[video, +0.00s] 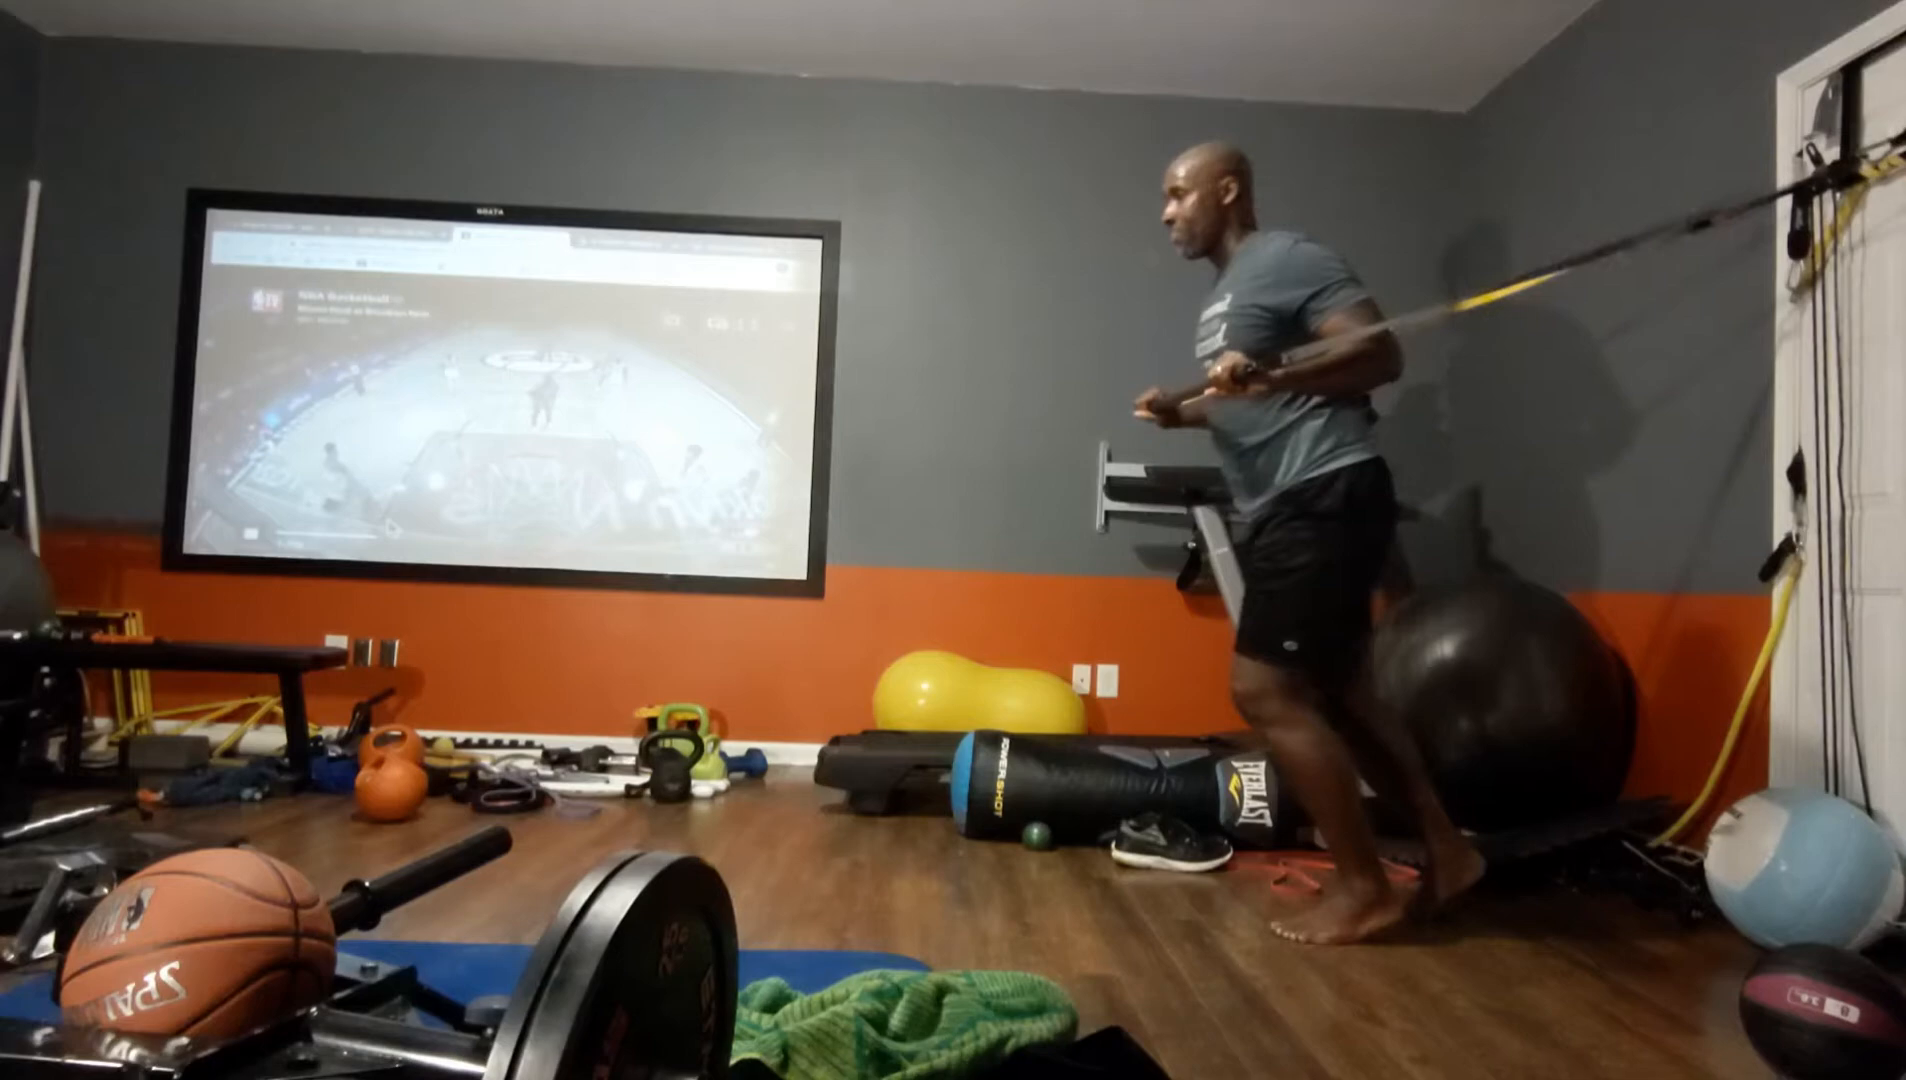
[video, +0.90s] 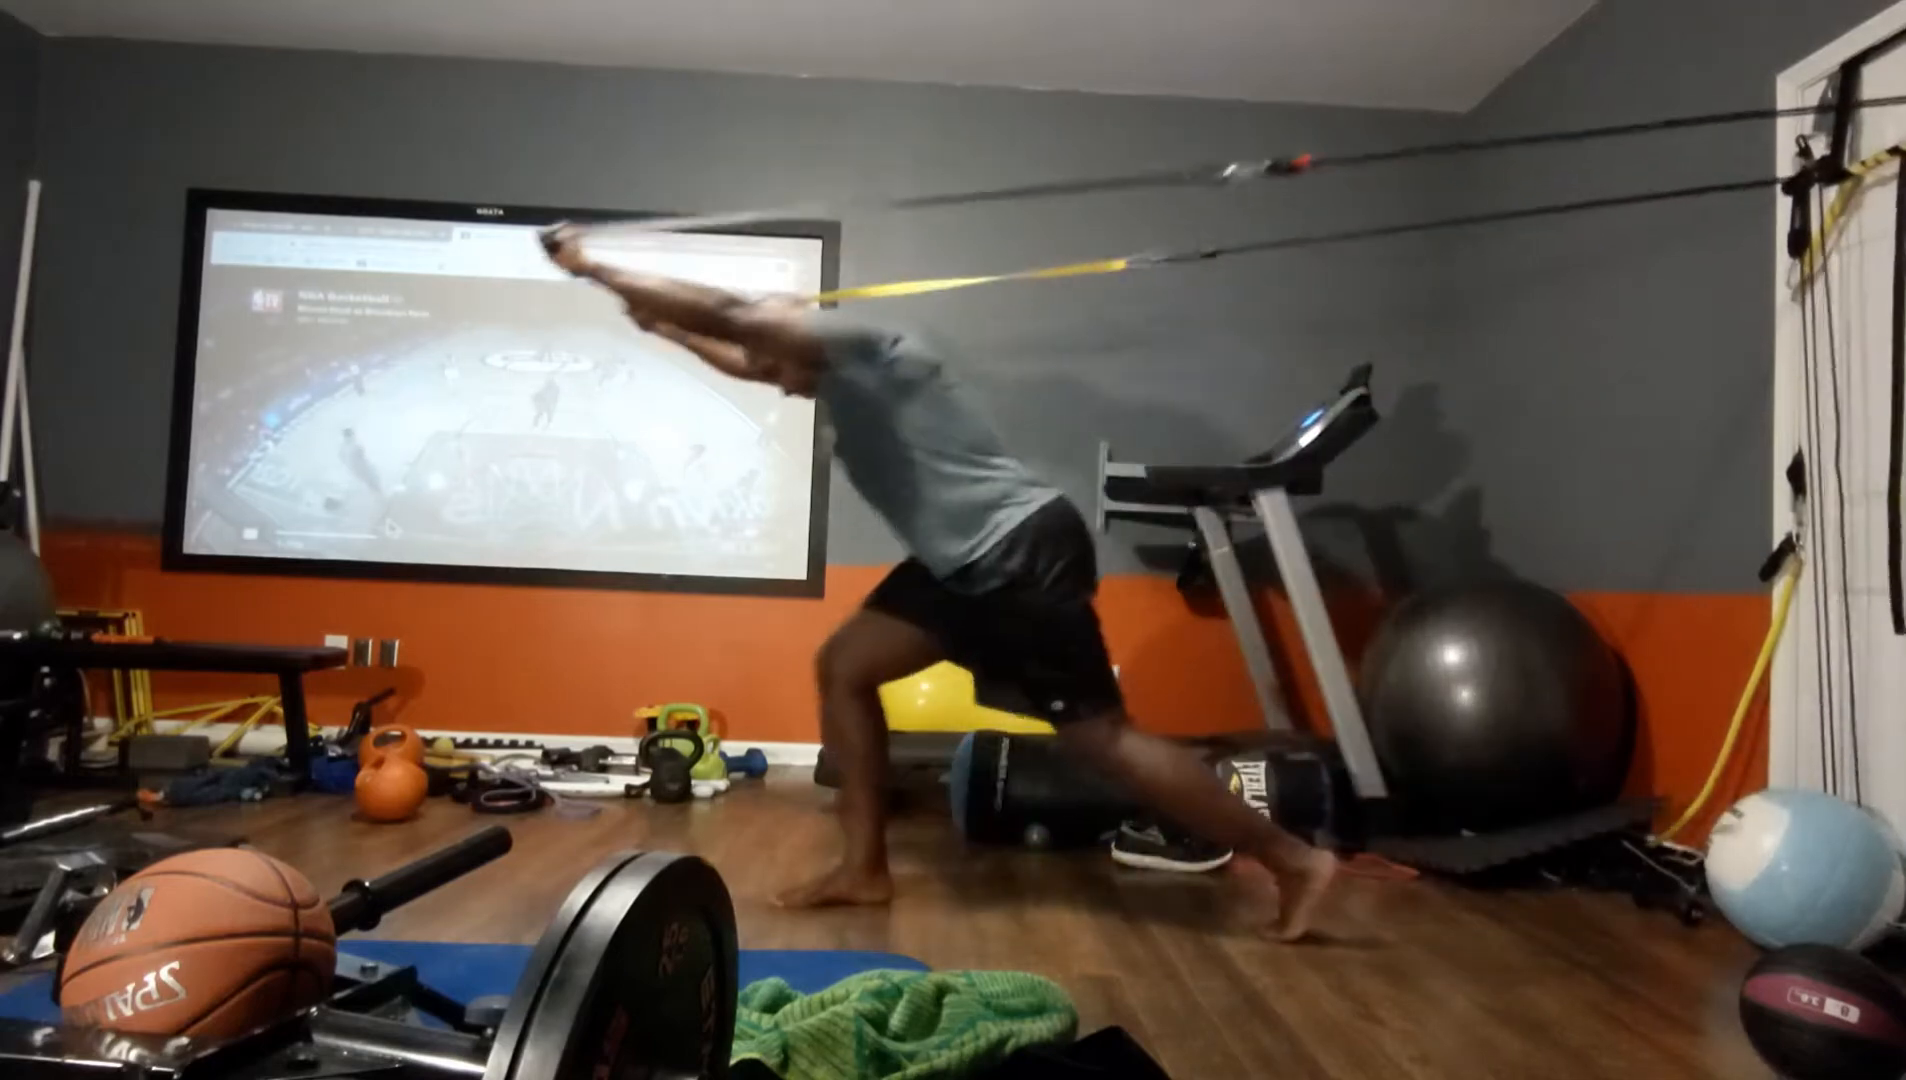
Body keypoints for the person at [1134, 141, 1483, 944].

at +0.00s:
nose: (1166, 211)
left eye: (1178, 194)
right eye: (1165, 198)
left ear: (1229, 193)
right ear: (1210, 203)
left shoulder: (1289, 259)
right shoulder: (1218, 303)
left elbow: (1379, 353)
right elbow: (1253, 403)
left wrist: (1275, 375)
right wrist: (1184, 408)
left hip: (1327, 494)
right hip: (1289, 503)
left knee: (1266, 689)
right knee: (1340, 686)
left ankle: (1362, 884)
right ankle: (1446, 848)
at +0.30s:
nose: (1087, 242)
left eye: (1094, 221)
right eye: (1083, 228)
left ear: (1146, 208)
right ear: (1128, 220)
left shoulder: (1209, 265)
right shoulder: (1149, 308)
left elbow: (1320, 345)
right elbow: (1190, 397)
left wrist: (1221, 374)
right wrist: (1131, 408)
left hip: (1261, 500)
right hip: (1236, 508)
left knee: (1225, 707)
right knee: (1294, 701)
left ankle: (1354, 880)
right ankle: (1436, 840)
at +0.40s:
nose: (1042, 257)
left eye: (1047, 235)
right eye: (1034, 244)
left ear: (1094, 216)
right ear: (1061, 239)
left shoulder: (1155, 269)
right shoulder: (1109, 312)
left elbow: (1257, 346)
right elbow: (1155, 399)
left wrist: (1139, 372)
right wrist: (1089, 407)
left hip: (1231, 500)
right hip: (1185, 517)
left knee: (1227, 714)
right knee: (1202, 710)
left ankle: (1358, 880)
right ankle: (1346, 845)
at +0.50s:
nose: (993, 271)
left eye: (1000, 251)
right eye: (984, 261)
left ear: (1045, 234)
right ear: (992, 267)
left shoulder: (1104, 275)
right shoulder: (1058, 326)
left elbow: (1124, 345)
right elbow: (1074, 405)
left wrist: (992, 344)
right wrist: (982, 386)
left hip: (1207, 497)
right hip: (1144, 522)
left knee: (1224, 718)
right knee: (1082, 678)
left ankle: (1356, 880)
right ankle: (1217, 830)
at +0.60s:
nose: (934, 285)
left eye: (936, 268)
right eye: (926, 276)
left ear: (971, 254)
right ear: (955, 268)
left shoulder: (1048, 283)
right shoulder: (1012, 335)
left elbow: (930, 306)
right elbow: (934, 377)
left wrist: (820, 296)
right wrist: (835, 356)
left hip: (1175, 502)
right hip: (1110, 525)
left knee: (1218, 718)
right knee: (997, 643)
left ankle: (1353, 875)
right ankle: (1036, 835)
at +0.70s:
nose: (856, 300)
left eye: (859, 283)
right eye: (854, 290)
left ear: (896, 269)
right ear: (891, 289)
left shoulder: (968, 297)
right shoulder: (934, 339)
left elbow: (834, 287)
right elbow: (833, 348)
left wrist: (700, 251)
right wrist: (740, 321)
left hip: (1115, 520)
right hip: (1047, 535)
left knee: (1188, 714)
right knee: (943, 670)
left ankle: (1352, 868)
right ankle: (884, 867)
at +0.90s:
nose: (769, 373)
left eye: (769, 354)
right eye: (761, 362)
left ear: (796, 332)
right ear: (805, 352)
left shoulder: (872, 351)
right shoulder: (846, 385)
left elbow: (721, 315)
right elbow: (745, 365)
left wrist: (596, 270)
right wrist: (665, 326)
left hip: (1025, 547)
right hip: (956, 563)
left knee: (1105, 743)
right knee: (844, 668)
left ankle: (1297, 861)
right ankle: (863, 868)